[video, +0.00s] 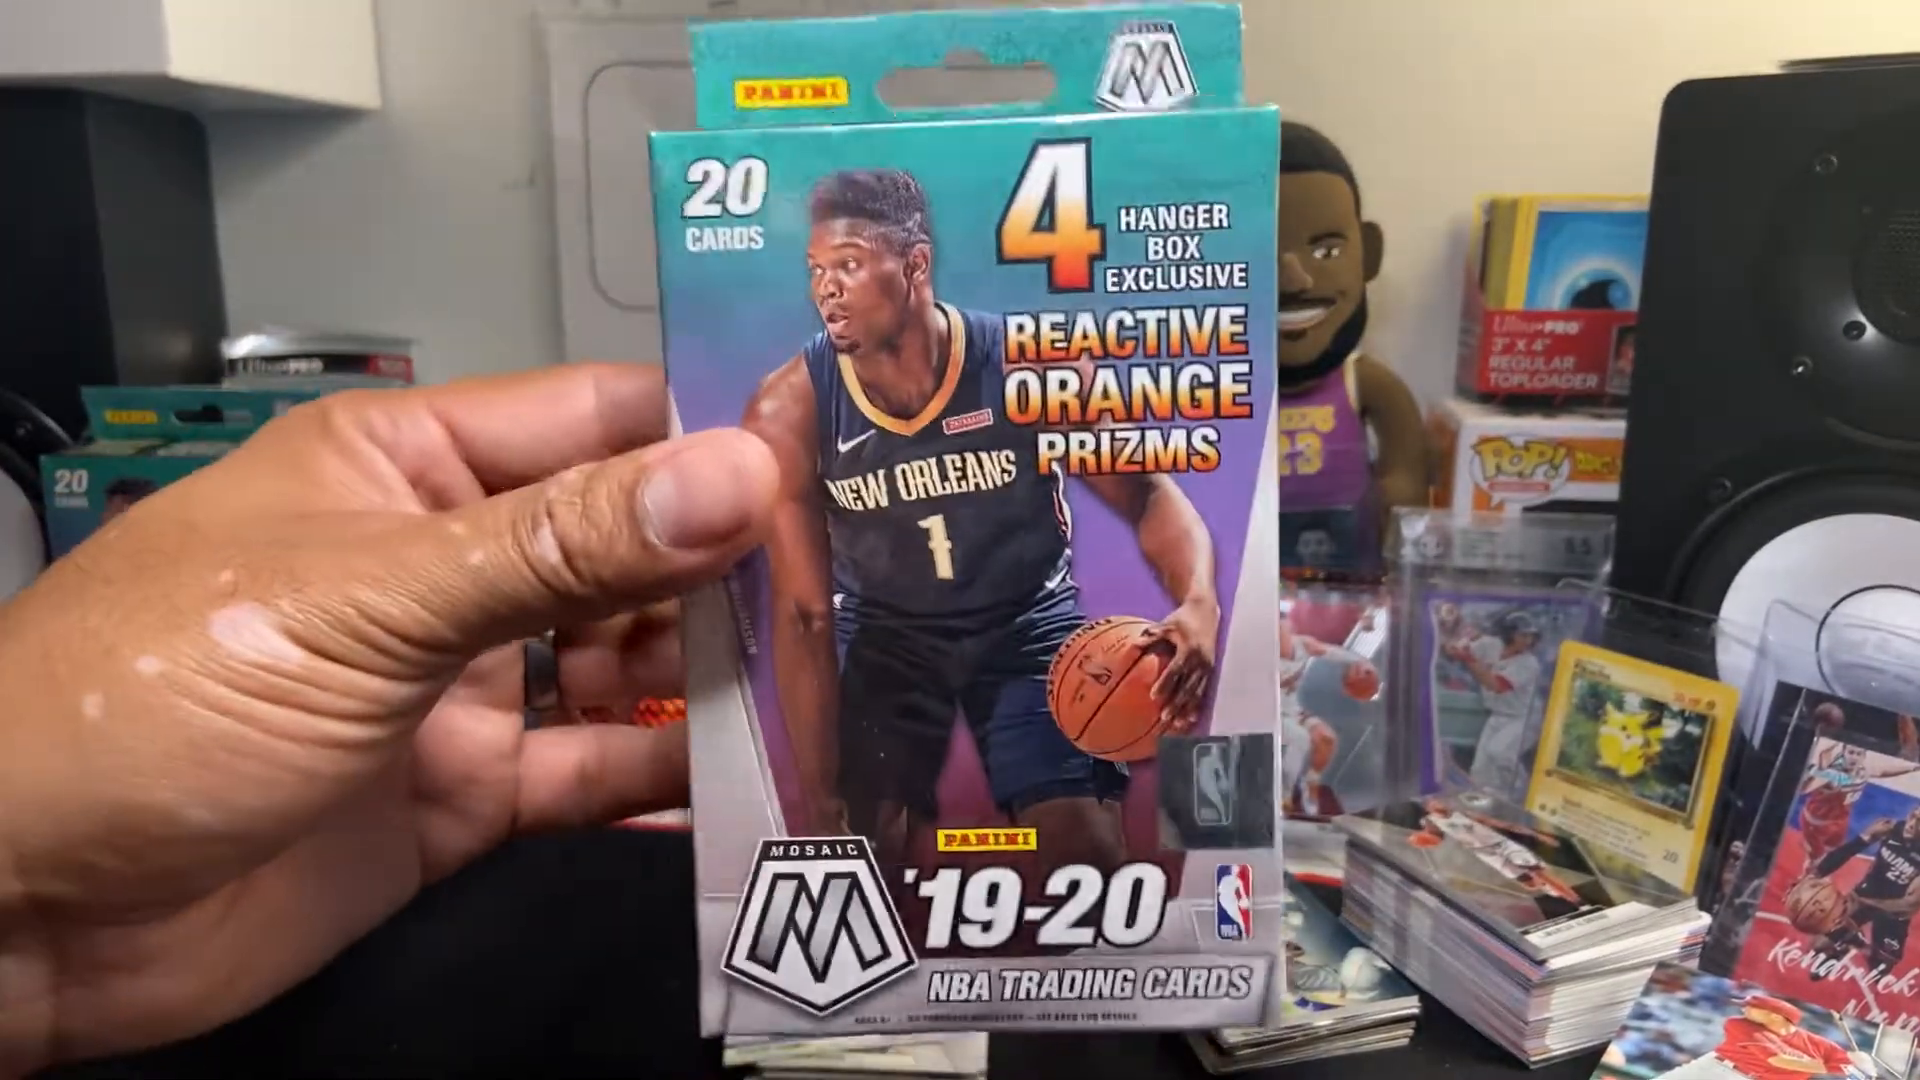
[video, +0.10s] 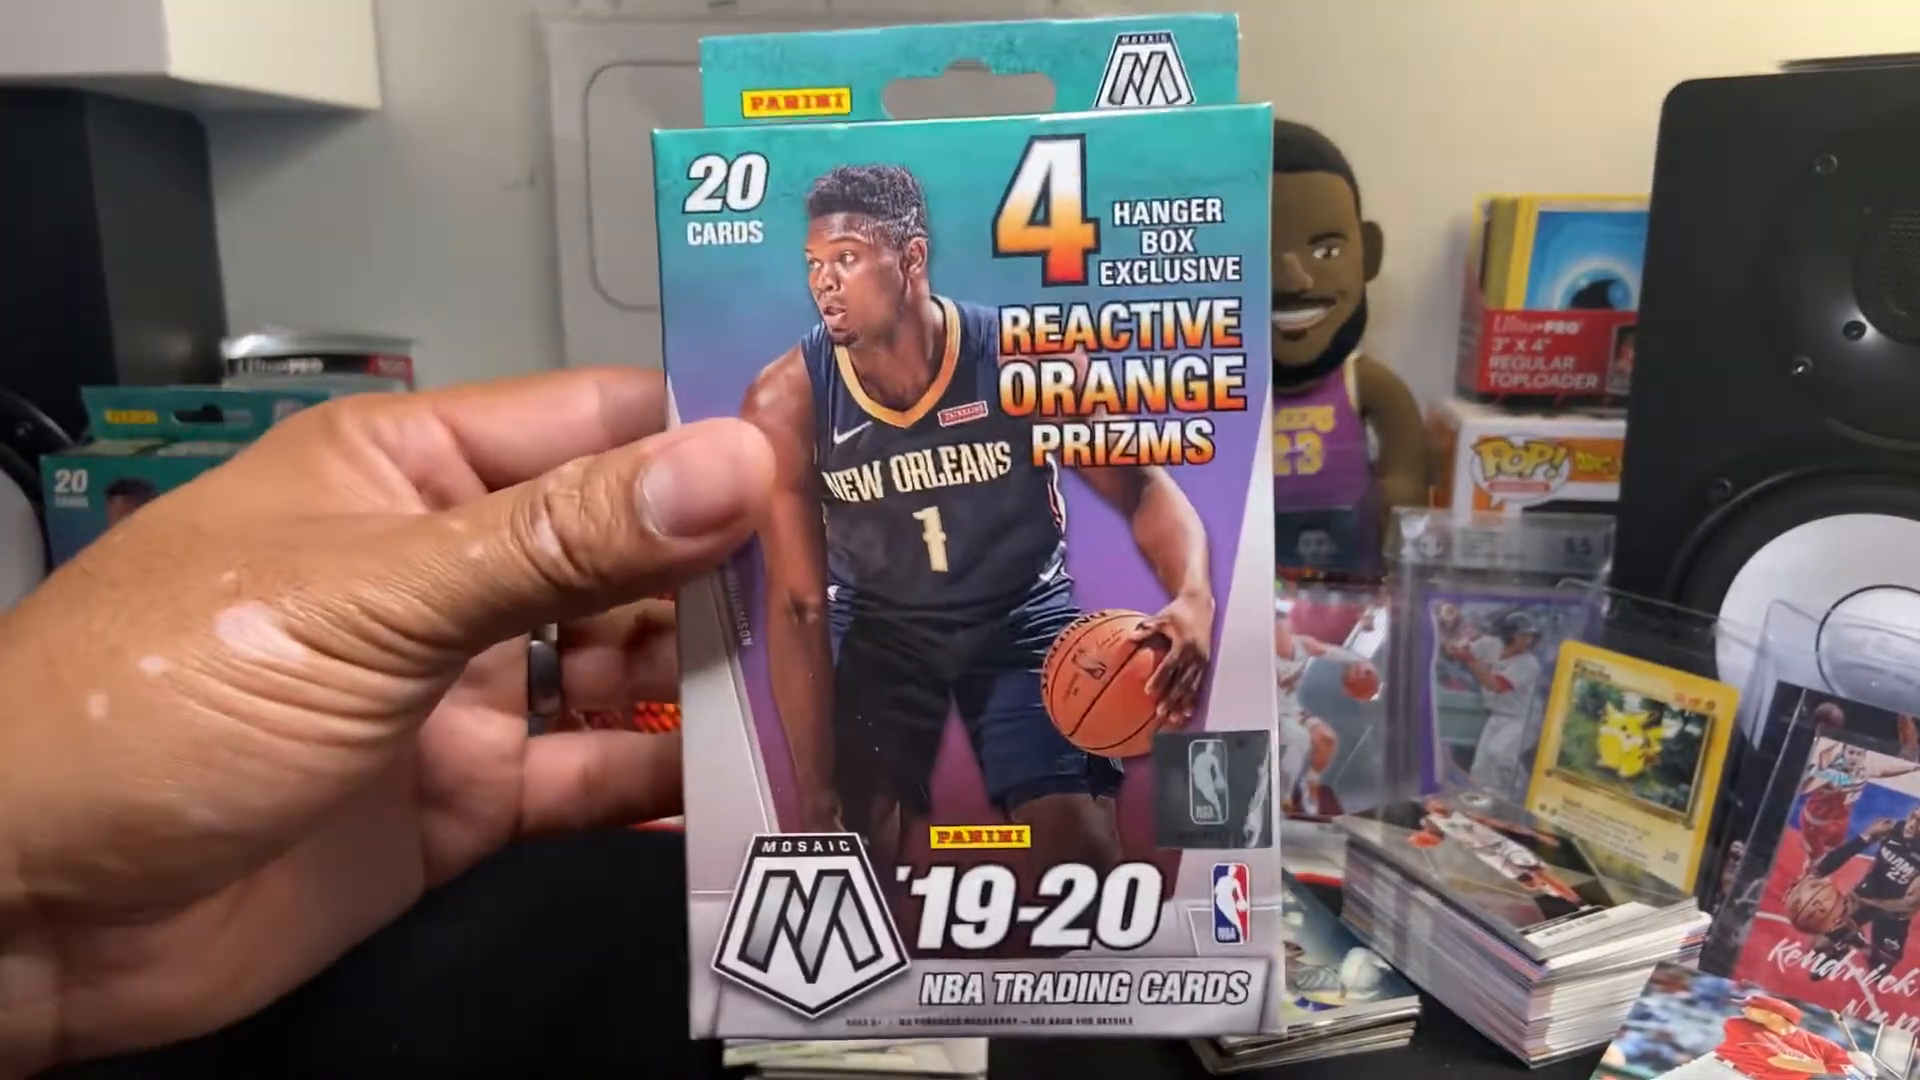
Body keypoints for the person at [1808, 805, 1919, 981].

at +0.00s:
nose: (1913, 824)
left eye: (1919, 822)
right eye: (1913, 817)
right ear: (1908, 815)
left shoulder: (1917, 857)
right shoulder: (1888, 829)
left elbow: (1909, 905)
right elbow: (1850, 849)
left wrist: (1862, 904)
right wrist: (1817, 872)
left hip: (1895, 911)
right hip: (1865, 897)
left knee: (1879, 970)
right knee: (1819, 947)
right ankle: (1844, 946)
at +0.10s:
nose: (1912, 824)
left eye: (1918, 822)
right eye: (1913, 817)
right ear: (1908, 815)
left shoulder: (1917, 856)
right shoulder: (1889, 829)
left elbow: (1909, 905)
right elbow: (1849, 850)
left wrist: (1863, 904)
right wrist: (1817, 872)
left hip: (1895, 911)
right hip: (1865, 897)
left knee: (1879, 970)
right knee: (1820, 945)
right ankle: (1843, 947)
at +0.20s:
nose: (1913, 824)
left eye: (1919, 822)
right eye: (1913, 817)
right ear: (1909, 815)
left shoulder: (1917, 856)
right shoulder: (1889, 829)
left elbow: (1909, 905)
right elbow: (1850, 849)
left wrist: (1863, 904)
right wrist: (1817, 872)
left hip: (1896, 911)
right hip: (1865, 896)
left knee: (1880, 969)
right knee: (1820, 945)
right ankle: (1843, 947)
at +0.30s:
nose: (1912, 824)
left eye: (1918, 822)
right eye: (1913, 817)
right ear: (1909, 815)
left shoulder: (1917, 856)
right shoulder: (1888, 829)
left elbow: (1909, 905)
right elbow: (1849, 849)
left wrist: (1863, 904)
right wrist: (1817, 872)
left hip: (1896, 912)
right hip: (1864, 898)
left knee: (1880, 970)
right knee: (1820, 946)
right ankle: (1842, 949)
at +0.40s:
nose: (1912, 824)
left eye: (1918, 822)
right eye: (1913, 817)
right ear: (1908, 815)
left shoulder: (1917, 857)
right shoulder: (1888, 829)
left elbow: (1909, 905)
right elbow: (1849, 850)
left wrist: (1862, 904)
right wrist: (1816, 874)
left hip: (1896, 911)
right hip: (1865, 897)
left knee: (1880, 969)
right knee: (1819, 946)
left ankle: (1855, 940)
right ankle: (1840, 951)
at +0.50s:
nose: (1912, 824)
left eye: (1919, 822)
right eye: (1913, 817)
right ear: (1908, 815)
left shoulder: (1918, 857)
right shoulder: (1888, 829)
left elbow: (1910, 905)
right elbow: (1849, 850)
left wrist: (1862, 903)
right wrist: (1816, 874)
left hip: (1896, 911)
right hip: (1864, 897)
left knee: (1880, 969)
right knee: (1819, 946)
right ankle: (1841, 950)